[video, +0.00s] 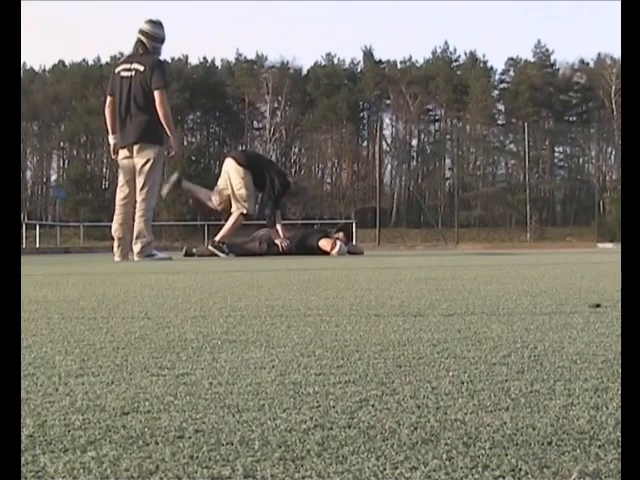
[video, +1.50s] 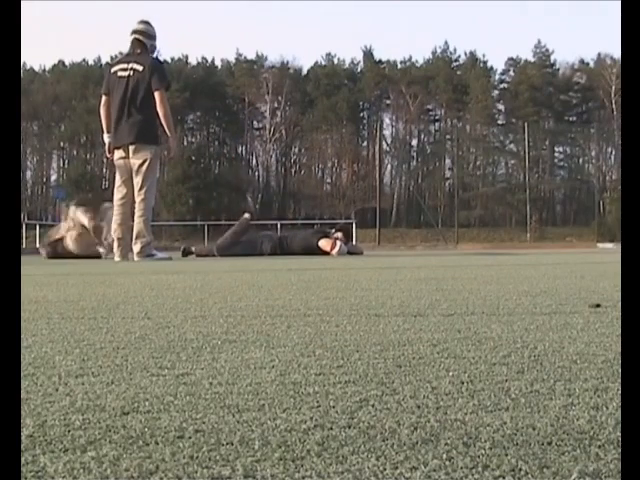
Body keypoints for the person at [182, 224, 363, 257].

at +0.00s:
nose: (339, 242)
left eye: (342, 240)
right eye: (340, 238)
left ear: (338, 239)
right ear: (335, 235)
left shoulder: (326, 239)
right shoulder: (321, 238)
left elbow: (357, 251)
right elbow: (333, 249)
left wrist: (345, 247)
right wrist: (343, 247)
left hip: (273, 240)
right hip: (270, 242)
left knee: (234, 246)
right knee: (233, 249)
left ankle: (199, 251)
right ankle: (197, 252)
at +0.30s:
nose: (340, 242)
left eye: (342, 241)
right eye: (341, 239)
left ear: (338, 238)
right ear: (336, 235)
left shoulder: (325, 238)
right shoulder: (321, 238)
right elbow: (333, 248)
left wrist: (347, 248)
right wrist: (344, 249)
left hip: (272, 240)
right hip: (270, 242)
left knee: (233, 246)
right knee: (233, 249)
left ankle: (199, 251)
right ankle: (197, 252)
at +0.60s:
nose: (337, 240)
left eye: (340, 239)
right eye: (339, 237)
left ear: (338, 239)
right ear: (336, 235)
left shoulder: (324, 241)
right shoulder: (322, 238)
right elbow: (332, 248)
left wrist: (344, 246)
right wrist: (340, 248)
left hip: (269, 242)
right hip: (269, 242)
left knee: (230, 248)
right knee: (231, 248)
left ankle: (198, 251)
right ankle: (198, 251)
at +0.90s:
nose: (337, 245)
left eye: (339, 242)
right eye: (339, 242)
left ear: (335, 236)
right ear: (335, 238)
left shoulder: (321, 237)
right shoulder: (320, 237)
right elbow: (330, 248)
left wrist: (346, 246)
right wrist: (343, 248)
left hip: (271, 238)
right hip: (272, 239)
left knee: (229, 247)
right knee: (230, 249)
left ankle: (193, 252)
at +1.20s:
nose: (336, 244)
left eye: (340, 242)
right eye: (337, 240)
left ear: (341, 240)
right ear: (333, 236)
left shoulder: (327, 239)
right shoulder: (319, 238)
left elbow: (356, 250)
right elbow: (329, 247)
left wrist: (345, 247)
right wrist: (339, 248)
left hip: (274, 245)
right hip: (272, 244)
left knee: (229, 249)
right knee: (221, 250)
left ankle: (193, 252)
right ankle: (234, 214)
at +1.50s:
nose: (338, 243)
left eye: (340, 241)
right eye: (339, 241)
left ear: (338, 238)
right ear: (335, 237)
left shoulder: (326, 239)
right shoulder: (321, 237)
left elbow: (354, 249)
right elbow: (329, 248)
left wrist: (344, 246)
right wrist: (337, 247)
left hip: (272, 245)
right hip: (270, 243)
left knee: (228, 251)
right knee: (220, 248)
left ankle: (193, 251)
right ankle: (245, 218)